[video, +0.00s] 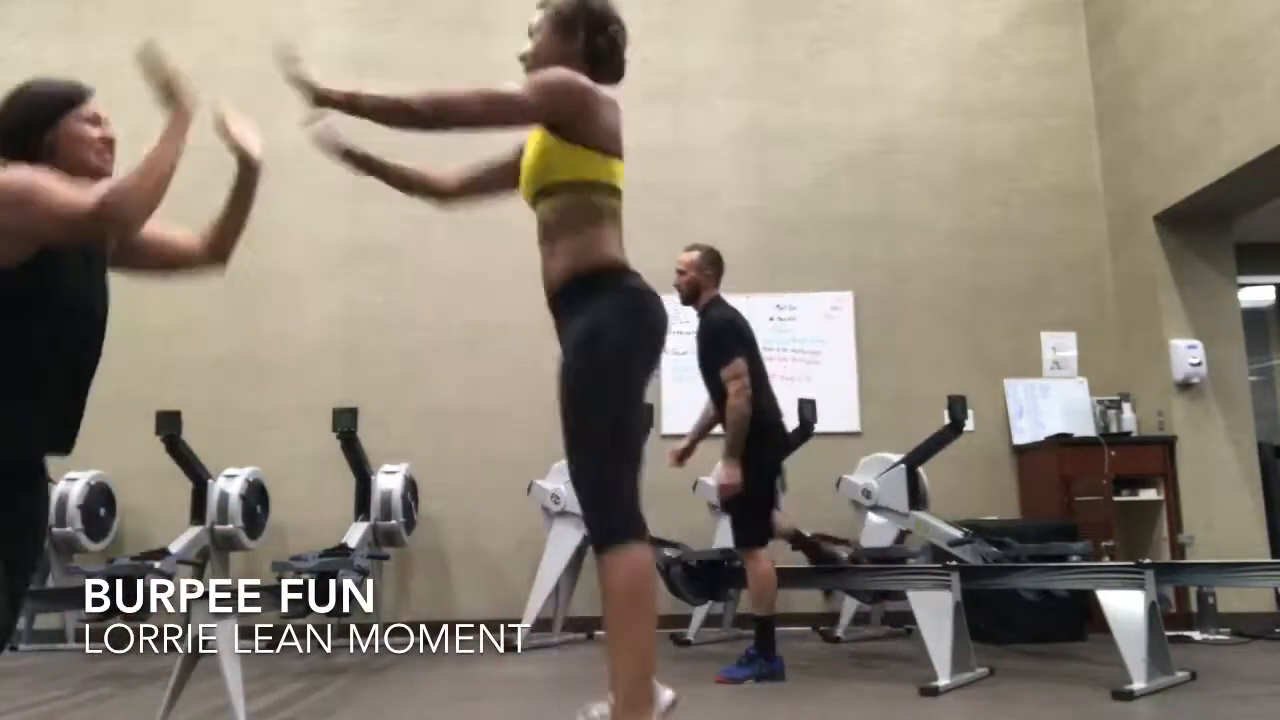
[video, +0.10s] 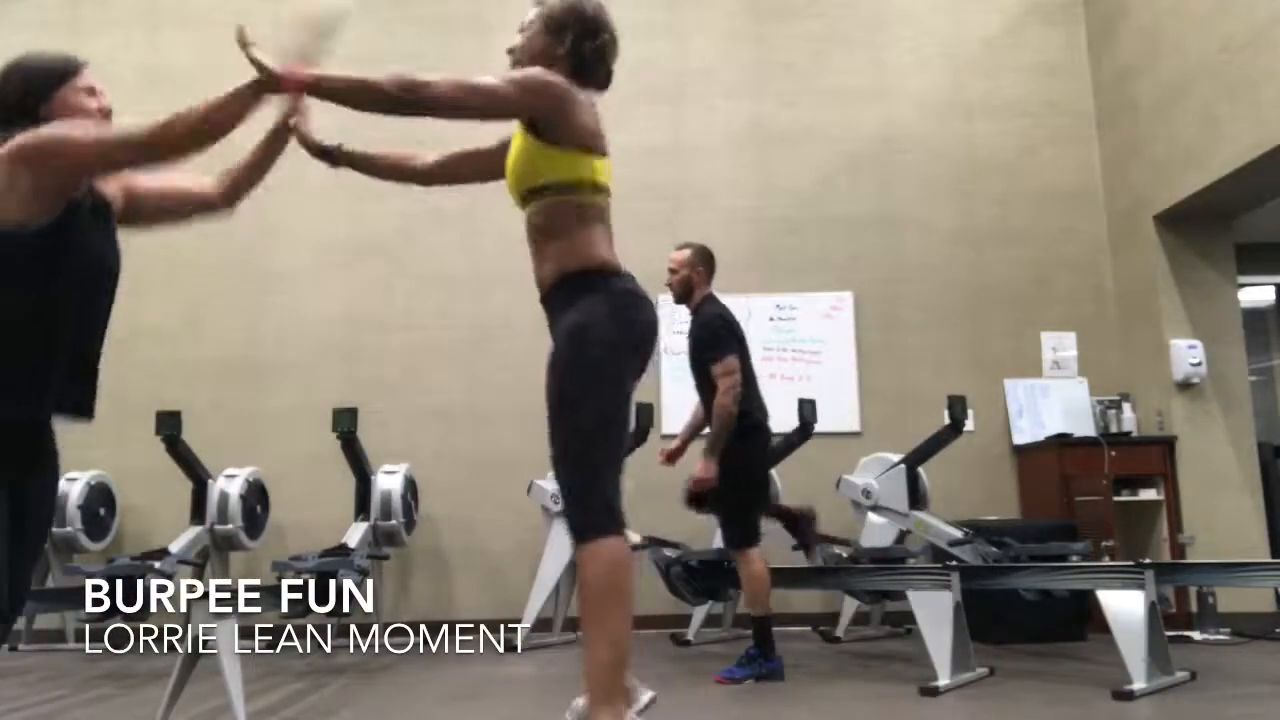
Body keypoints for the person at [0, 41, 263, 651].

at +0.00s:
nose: (107, 132)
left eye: (105, 122)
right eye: (89, 120)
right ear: (43, 135)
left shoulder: (89, 220)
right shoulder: (13, 191)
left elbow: (209, 253)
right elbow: (112, 213)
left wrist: (248, 173)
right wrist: (180, 118)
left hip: (26, 456)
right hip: (3, 452)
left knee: (11, 601)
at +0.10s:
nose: (104, 103)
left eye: (98, 91)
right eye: (86, 92)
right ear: (42, 107)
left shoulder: (100, 190)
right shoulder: (25, 164)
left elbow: (220, 193)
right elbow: (161, 142)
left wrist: (286, 125)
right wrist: (262, 84)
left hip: (31, 427)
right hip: (10, 425)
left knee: (13, 593)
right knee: (9, 591)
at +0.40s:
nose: (99, 130)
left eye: (96, 116)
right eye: (82, 117)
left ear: (49, 130)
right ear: (34, 127)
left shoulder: (73, 214)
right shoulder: (12, 182)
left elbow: (190, 230)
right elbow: (116, 197)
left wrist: (284, 184)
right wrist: (244, 136)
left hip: (20, 456)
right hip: (7, 455)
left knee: (11, 639)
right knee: (9, 639)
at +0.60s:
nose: (76, 137)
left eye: (74, 124)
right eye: (61, 122)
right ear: (16, 131)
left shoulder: (42, 229)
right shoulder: (4, 201)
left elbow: (160, 259)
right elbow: (45, 233)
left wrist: (251, 221)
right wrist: (159, 172)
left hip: (21, 459)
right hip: (8, 457)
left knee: (8, 626)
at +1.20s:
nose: (84, 130)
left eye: (82, 120)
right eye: (68, 116)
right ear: (19, 125)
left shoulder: (61, 223)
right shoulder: (4, 184)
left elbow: (185, 263)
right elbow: (95, 219)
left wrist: (253, 199)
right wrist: (186, 143)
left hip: (34, 456)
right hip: (3, 452)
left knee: (5, 647)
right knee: (2, 646)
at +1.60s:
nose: (108, 173)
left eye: (115, 158)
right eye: (102, 153)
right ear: (56, 144)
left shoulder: (60, 219)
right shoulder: (9, 209)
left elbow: (171, 211)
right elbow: (56, 141)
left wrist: (249, 170)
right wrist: (146, 47)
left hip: (21, 457)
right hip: (1, 456)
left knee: (5, 611)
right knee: (4, 612)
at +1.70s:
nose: (104, 218)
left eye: (112, 207)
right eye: (102, 202)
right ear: (62, 176)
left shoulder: (61, 237)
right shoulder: (14, 228)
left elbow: (150, 255)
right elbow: (13, 179)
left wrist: (232, 246)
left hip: (18, 469)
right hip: (3, 468)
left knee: (3, 621)